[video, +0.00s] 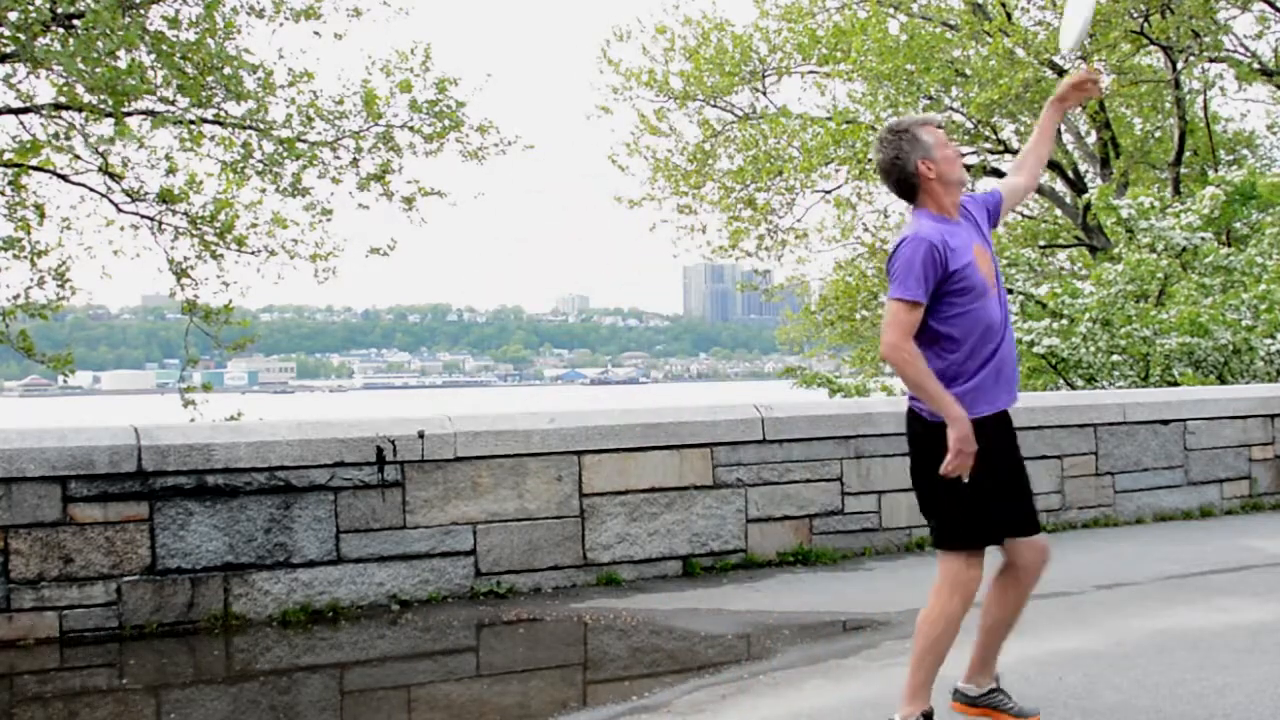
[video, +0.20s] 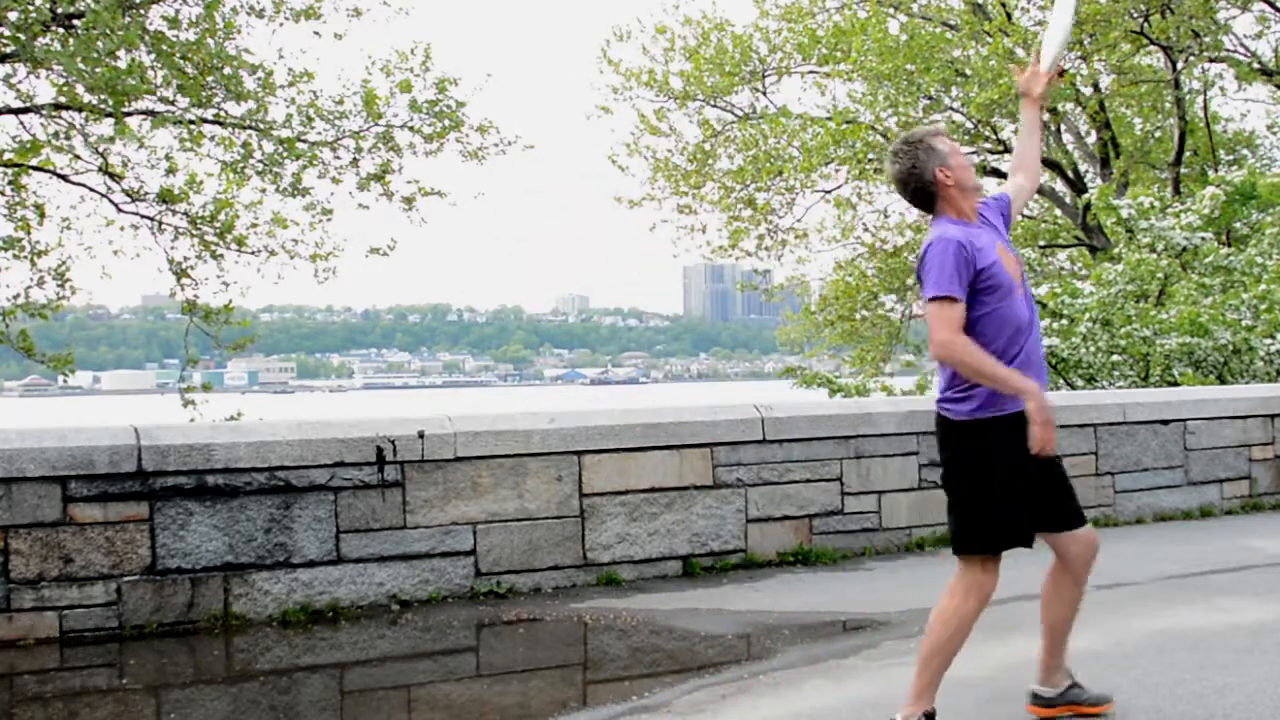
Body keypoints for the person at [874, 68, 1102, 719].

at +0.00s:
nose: (960, 149)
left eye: (952, 141)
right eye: (948, 143)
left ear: (931, 167)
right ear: (927, 167)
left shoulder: (974, 210)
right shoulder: (922, 243)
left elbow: (1024, 176)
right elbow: (895, 345)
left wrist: (1058, 104)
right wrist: (955, 417)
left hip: (990, 419)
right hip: (945, 427)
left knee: (1028, 557)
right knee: (959, 575)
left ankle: (978, 683)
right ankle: (911, 708)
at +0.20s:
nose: (969, 153)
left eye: (960, 148)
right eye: (958, 150)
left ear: (946, 176)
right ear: (943, 175)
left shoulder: (989, 214)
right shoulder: (947, 240)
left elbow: (1024, 174)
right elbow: (944, 341)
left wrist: (1032, 104)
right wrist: (1029, 390)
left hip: (1016, 418)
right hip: (975, 424)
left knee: (1078, 549)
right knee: (976, 577)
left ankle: (1052, 681)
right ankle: (914, 709)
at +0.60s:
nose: (1017, 170)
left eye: (1007, 163)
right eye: (1002, 170)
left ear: (997, 194)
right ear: (983, 202)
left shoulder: (1036, 218)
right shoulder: (1016, 247)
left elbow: (1057, 166)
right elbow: (1088, 260)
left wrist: (1064, 106)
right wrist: (1104, 178)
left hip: (1107, 400)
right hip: (1092, 409)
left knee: (1116, 557)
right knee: (1129, 559)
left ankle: (1079, 686)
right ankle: (1079, 703)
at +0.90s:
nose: (1061, 179)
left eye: (1056, 170)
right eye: (1047, 182)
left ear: (1062, 168)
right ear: (1024, 210)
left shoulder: (1063, 218)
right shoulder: (1069, 252)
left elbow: (1064, 197)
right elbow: (1163, 293)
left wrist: (1074, 154)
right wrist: (1166, 238)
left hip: (1131, 407)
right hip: (1125, 413)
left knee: (1142, 558)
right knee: (1144, 562)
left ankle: (1096, 691)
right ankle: (1092, 706)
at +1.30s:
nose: (1179, 158)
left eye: (1173, 151)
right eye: (1171, 155)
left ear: (1124, 181)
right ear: (1152, 184)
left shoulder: (1083, 219)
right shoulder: (1191, 256)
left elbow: (1005, 209)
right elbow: (1253, 332)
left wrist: (972, 172)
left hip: (1099, 422)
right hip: (1168, 422)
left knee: (1121, 549)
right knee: (1227, 547)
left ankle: (1082, 689)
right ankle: (1161, 676)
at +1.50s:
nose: (1236, 198)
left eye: (1232, 190)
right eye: (1236, 192)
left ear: (1172, 197)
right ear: (1227, 204)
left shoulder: (1128, 238)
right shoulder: (1250, 271)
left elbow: (1052, 211)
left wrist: (1021, 172)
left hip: (1136, 434)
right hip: (1213, 433)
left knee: (1129, 554)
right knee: (1264, 555)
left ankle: (1085, 687)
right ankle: (1278, 696)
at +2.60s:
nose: (1250, 127)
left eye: (1266, 115)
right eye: (1242, 113)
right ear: (1232, 119)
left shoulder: (1279, 188)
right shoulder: (1234, 196)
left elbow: (1225, 223)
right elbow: (1216, 316)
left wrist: (1149, 195)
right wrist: (1144, 371)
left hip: (1259, 406)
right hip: (1220, 406)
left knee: (1250, 581)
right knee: (1198, 570)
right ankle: (1243, 711)